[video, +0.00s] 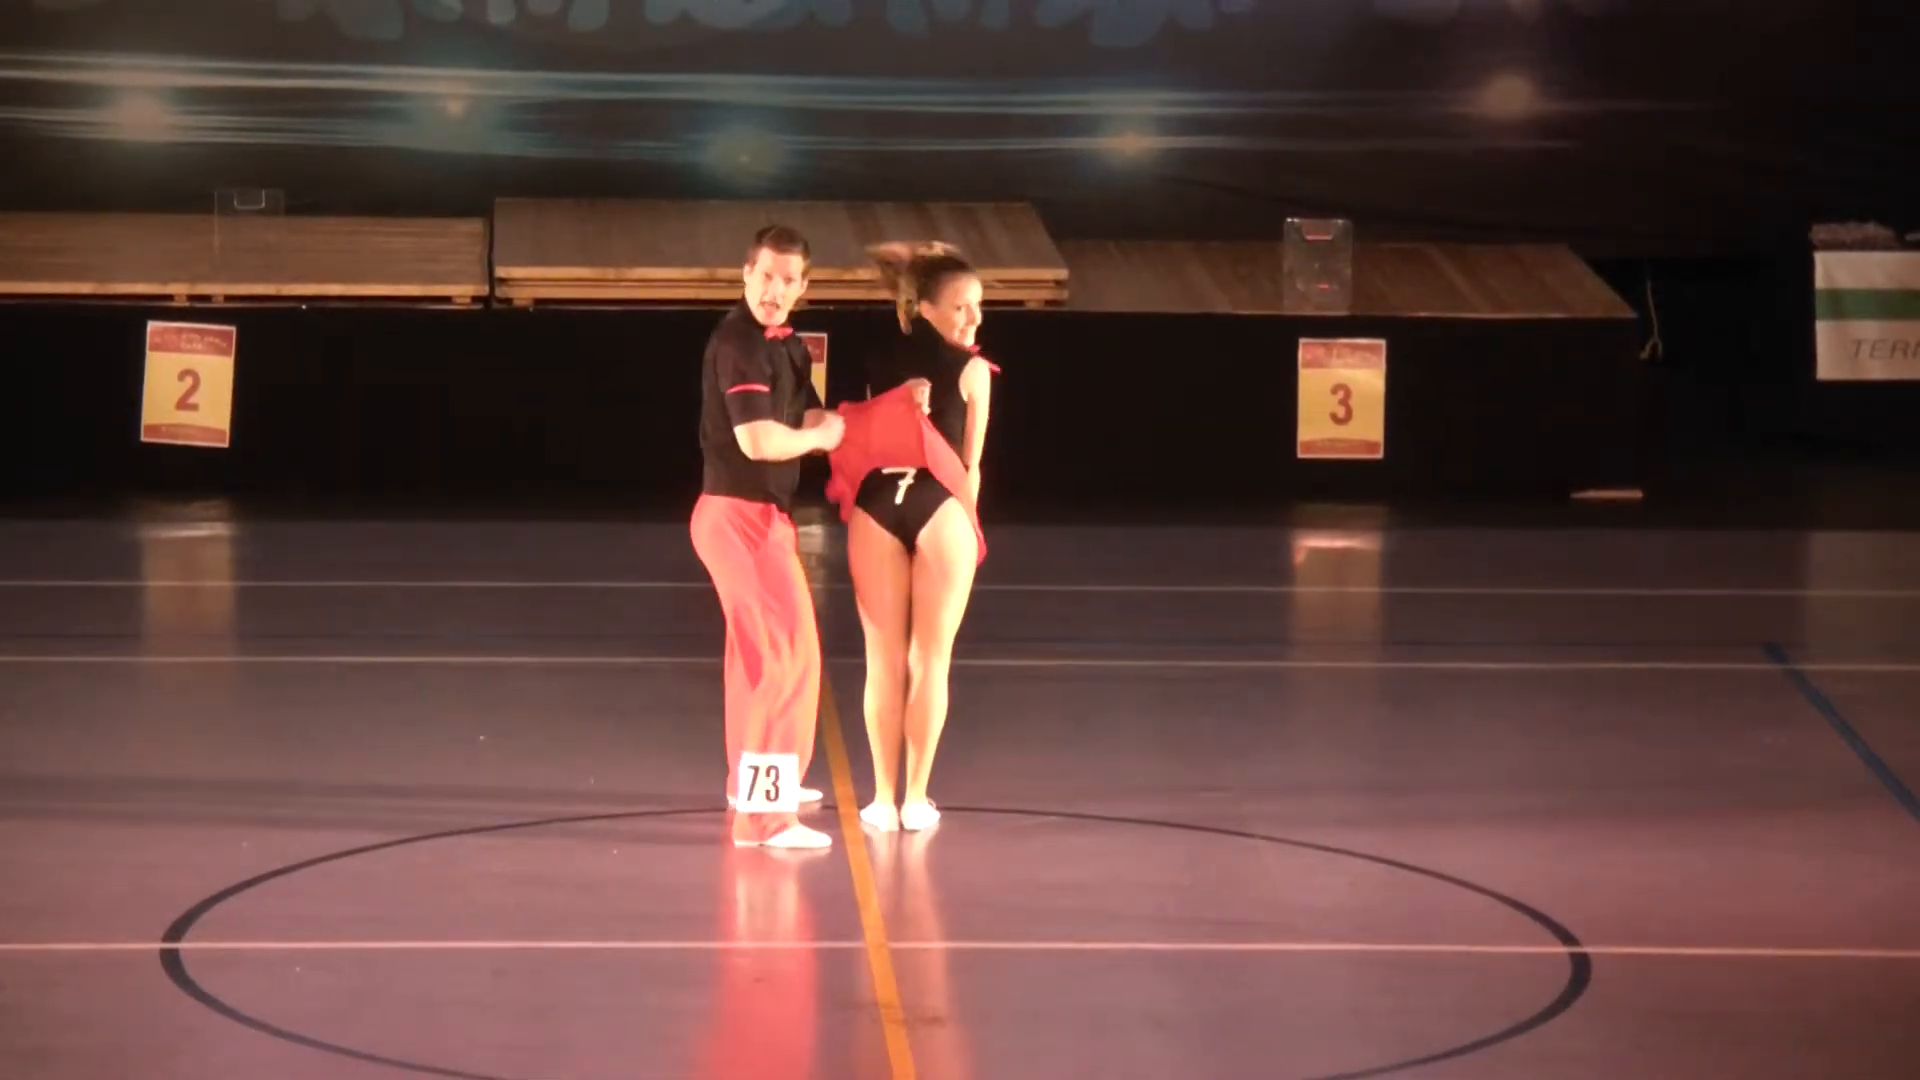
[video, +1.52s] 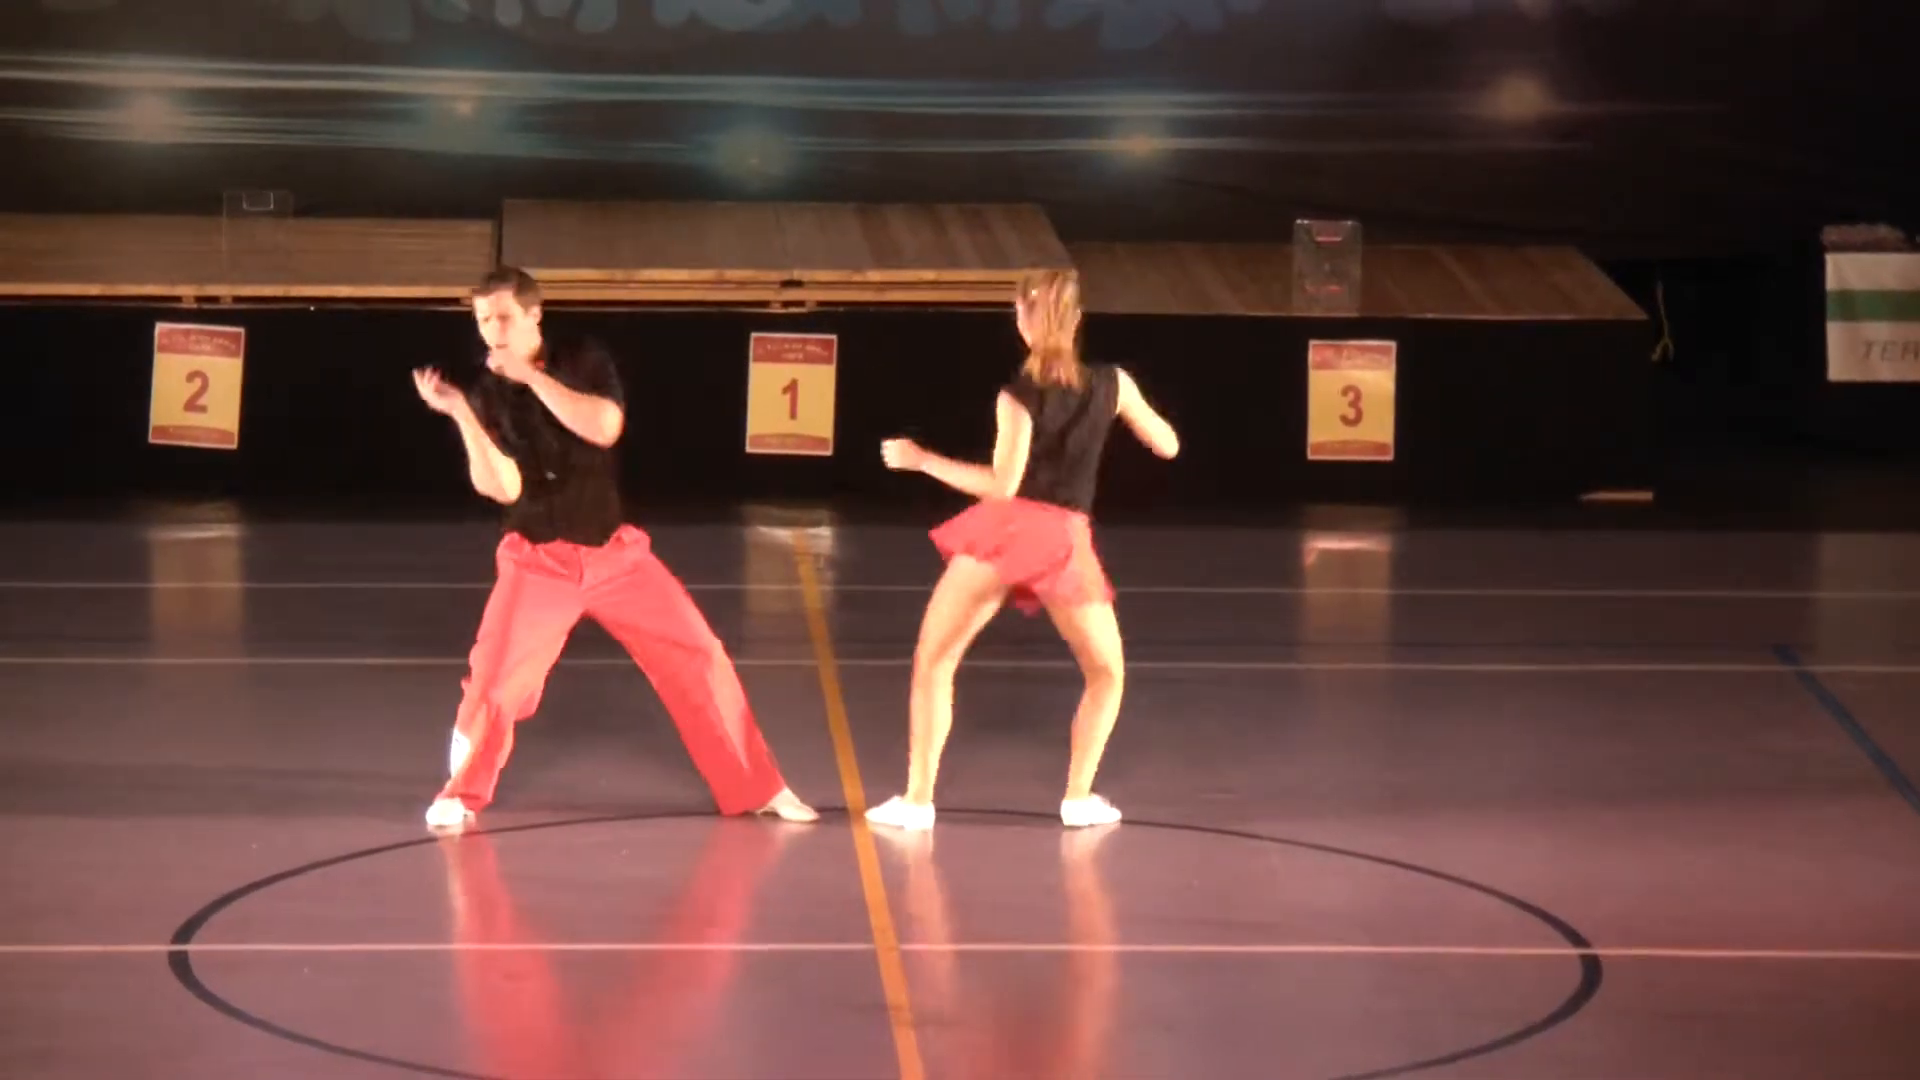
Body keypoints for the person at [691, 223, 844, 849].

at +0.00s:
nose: (775, 290)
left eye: (788, 280)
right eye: (766, 276)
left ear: (802, 285)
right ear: (747, 272)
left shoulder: (788, 347)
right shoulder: (737, 342)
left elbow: (806, 423)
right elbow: (756, 440)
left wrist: (885, 412)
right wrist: (816, 435)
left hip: (762, 518)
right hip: (735, 518)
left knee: (755, 659)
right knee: (795, 653)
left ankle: (753, 802)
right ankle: (766, 809)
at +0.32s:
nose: (766, 285)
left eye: (776, 274)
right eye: (755, 273)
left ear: (791, 280)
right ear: (734, 277)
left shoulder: (794, 350)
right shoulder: (702, 339)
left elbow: (843, 410)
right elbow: (667, 422)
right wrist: (732, 426)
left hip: (750, 524)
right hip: (688, 518)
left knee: (781, 656)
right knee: (723, 652)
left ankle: (761, 797)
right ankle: (740, 808)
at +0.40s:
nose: (746, 271)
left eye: (757, 261)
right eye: (736, 260)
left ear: (775, 271)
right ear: (713, 267)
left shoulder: (785, 338)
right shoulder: (682, 326)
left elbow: (826, 378)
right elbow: (625, 371)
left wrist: (767, 314)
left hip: (745, 518)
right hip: (674, 511)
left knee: (770, 659)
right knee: (672, 652)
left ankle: (757, 793)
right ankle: (662, 804)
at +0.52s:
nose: (707, 257)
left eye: (717, 248)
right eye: (697, 248)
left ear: (735, 260)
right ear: (679, 256)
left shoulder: (756, 324)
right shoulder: (649, 306)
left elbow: (784, 364)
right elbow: (595, 265)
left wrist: (727, 294)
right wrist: (623, 183)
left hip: (730, 514)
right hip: (654, 507)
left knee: (752, 649)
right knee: (606, 644)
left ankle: (755, 792)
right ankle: (522, 784)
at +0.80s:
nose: (622, 283)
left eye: (635, 274)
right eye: (614, 271)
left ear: (653, 284)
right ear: (595, 277)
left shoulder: (669, 353)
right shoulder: (565, 341)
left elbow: (694, 393)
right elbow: (518, 300)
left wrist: (644, 320)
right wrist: (547, 227)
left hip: (650, 543)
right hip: (566, 540)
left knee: (714, 656)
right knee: (514, 661)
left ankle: (748, 791)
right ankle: (450, 786)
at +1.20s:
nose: (546, 296)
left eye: (557, 286)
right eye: (537, 286)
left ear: (577, 295)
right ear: (520, 294)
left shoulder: (595, 358)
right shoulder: (499, 357)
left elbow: (629, 400)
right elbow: (478, 392)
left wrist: (569, 338)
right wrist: (479, 308)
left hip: (616, 548)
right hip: (533, 554)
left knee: (692, 658)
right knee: (489, 676)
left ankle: (751, 786)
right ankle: (457, 796)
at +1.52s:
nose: (493, 332)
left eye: (504, 318)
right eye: (484, 321)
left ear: (534, 316)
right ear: (476, 325)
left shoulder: (581, 361)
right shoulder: (484, 393)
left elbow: (605, 428)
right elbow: (502, 489)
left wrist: (532, 377)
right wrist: (460, 414)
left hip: (618, 554)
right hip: (536, 562)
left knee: (702, 658)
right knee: (495, 682)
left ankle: (759, 788)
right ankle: (459, 798)